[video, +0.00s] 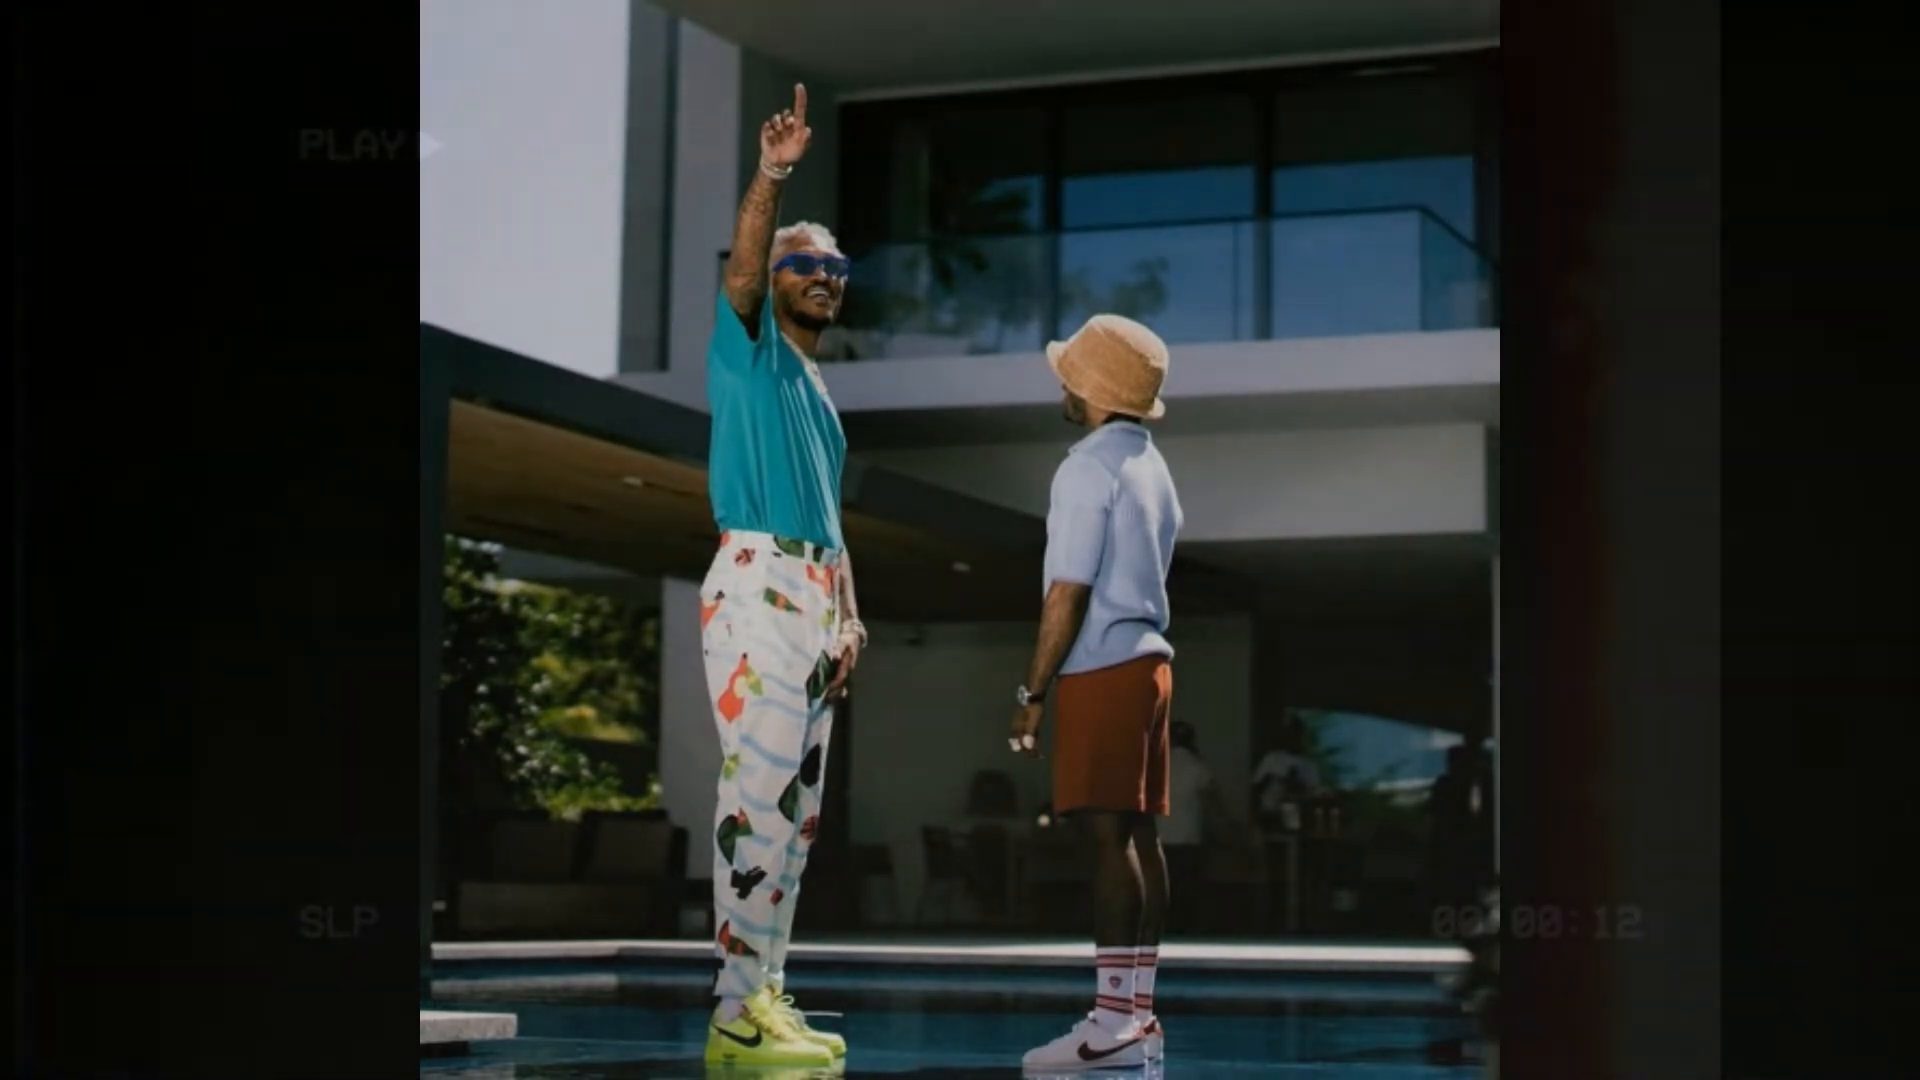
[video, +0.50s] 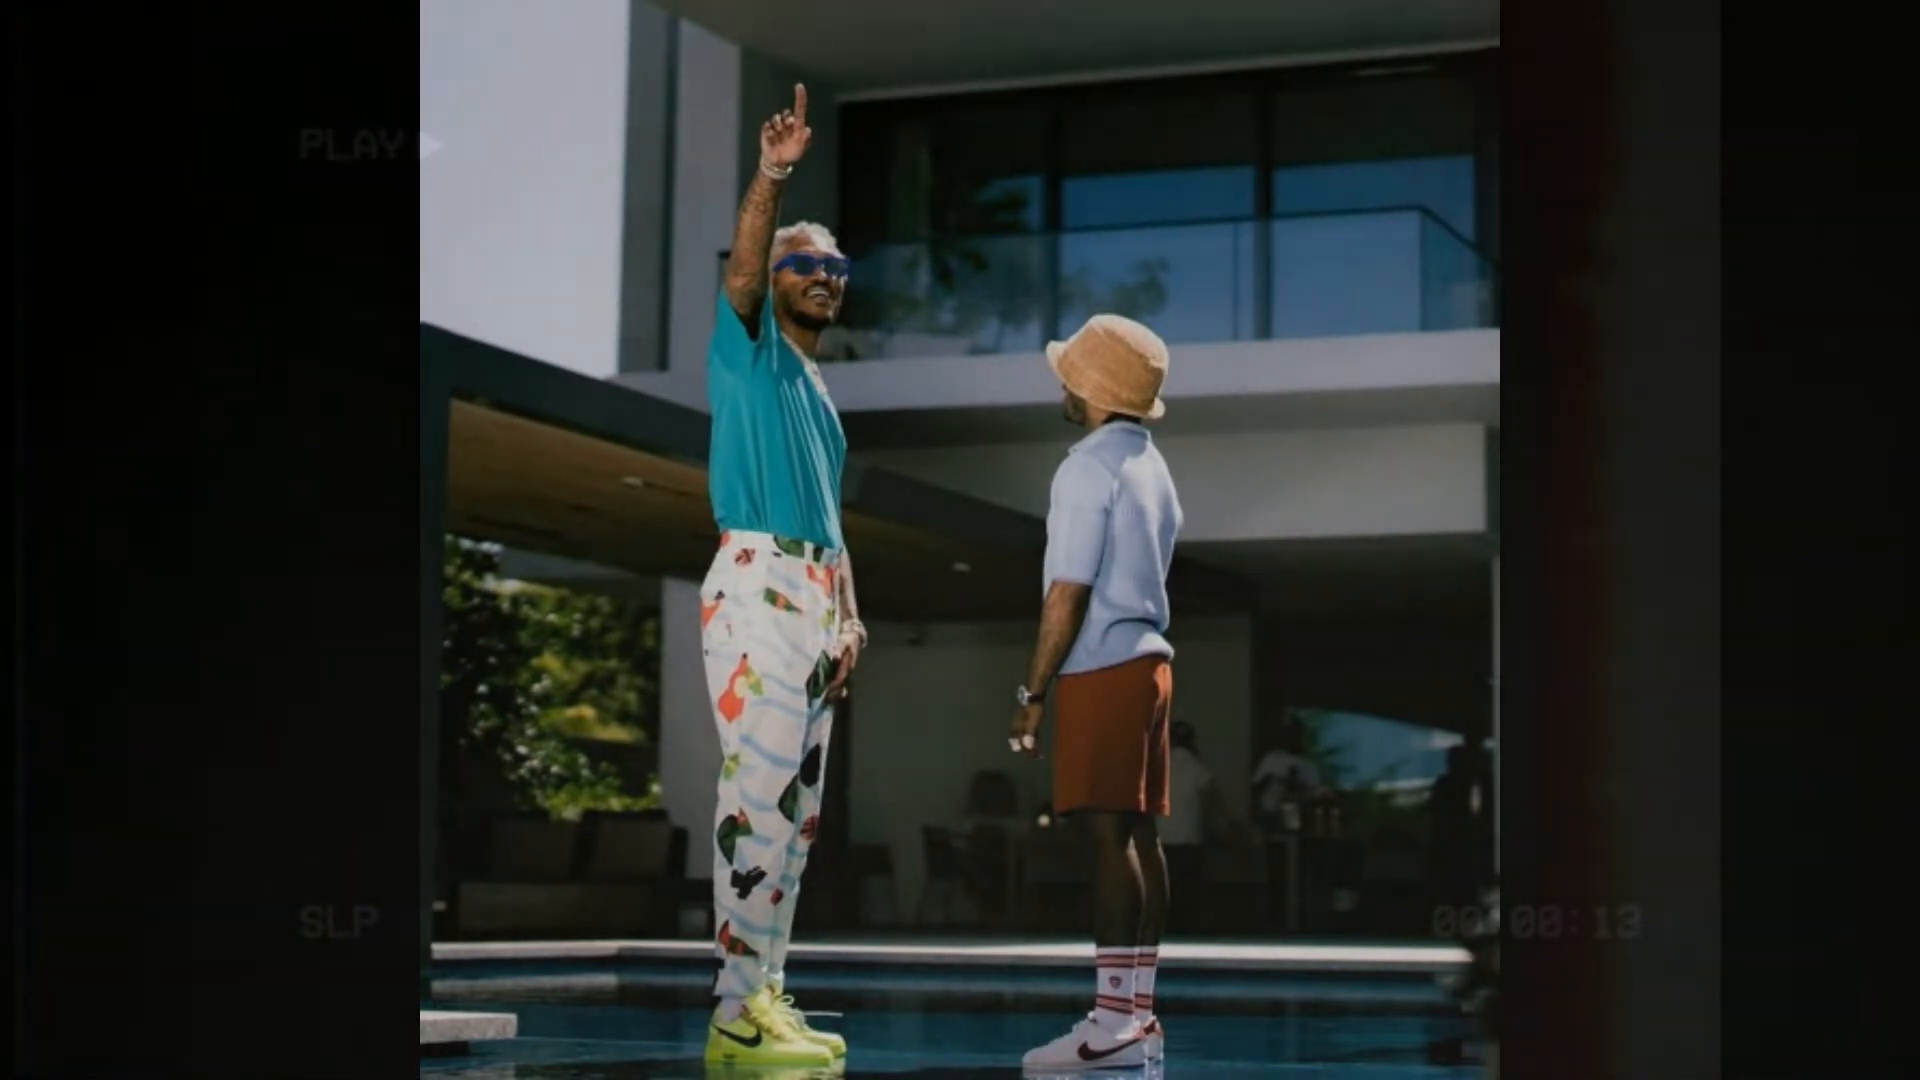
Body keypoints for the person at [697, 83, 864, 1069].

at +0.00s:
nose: (823, 284)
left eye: (834, 274)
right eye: (806, 268)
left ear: (841, 293)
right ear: (770, 278)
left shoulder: (817, 393)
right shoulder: (744, 343)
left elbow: (827, 519)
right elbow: (743, 269)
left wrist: (847, 613)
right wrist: (770, 174)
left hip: (814, 589)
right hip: (756, 581)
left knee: (794, 797)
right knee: (758, 790)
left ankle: (756, 1004)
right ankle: (748, 1001)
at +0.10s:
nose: (823, 284)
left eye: (834, 274)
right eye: (806, 268)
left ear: (841, 293)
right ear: (770, 277)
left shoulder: (817, 393)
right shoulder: (744, 343)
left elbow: (827, 519)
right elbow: (743, 268)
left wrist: (847, 612)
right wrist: (770, 174)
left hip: (814, 590)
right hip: (756, 582)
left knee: (794, 798)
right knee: (759, 790)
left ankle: (756, 1003)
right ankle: (747, 1002)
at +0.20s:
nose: (823, 284)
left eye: (834, 274)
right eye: (806, 268)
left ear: (841, 293)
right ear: (770, 277)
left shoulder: (817, 393)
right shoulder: (744, 343)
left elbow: (827, 519)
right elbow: (743, 269)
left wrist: (847, 612)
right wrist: (770, 174)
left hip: (814, 590)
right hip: (756, 582)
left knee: (794, 798)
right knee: (759, 790)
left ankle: (756, 1003)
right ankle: (747, 1002)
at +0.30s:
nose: (822, 284)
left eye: (833, 274)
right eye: (806, 268)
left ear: (841, 293)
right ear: (770, 278)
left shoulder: (817, 393)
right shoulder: (744, 343)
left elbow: (827, 519)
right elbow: (744, 268)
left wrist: (847, 612)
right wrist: (770, 174)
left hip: (814, 589)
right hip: (756, 582)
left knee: (794, 798)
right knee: (759, 791)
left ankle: (756, 1003)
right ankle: (747, 1003)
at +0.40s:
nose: (822, 283)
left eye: (834, 274)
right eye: (806, 268)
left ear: (841, 293)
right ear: (770, 277)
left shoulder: (817, 393)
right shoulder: (744, 343)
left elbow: (827, 519)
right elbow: (744, 268)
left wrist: (847, 612)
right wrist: (770, 174)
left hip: (814, 589)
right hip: (756, 582)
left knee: (794, 798)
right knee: (759, 791)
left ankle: (756, 1003)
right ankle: (747, 1003)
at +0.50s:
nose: (823, 284)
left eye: (834, 274)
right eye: (806, 268)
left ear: (841, 293)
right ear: (770, 278)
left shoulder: (817, 393)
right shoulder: (744, 343)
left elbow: (827, 519)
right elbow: (743, 269)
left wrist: (847, 612)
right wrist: (770, 174)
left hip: (814, 589)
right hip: (756, 582)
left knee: (794, 798)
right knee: (759, 790)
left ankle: (756, 1003)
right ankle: (747, 1002)